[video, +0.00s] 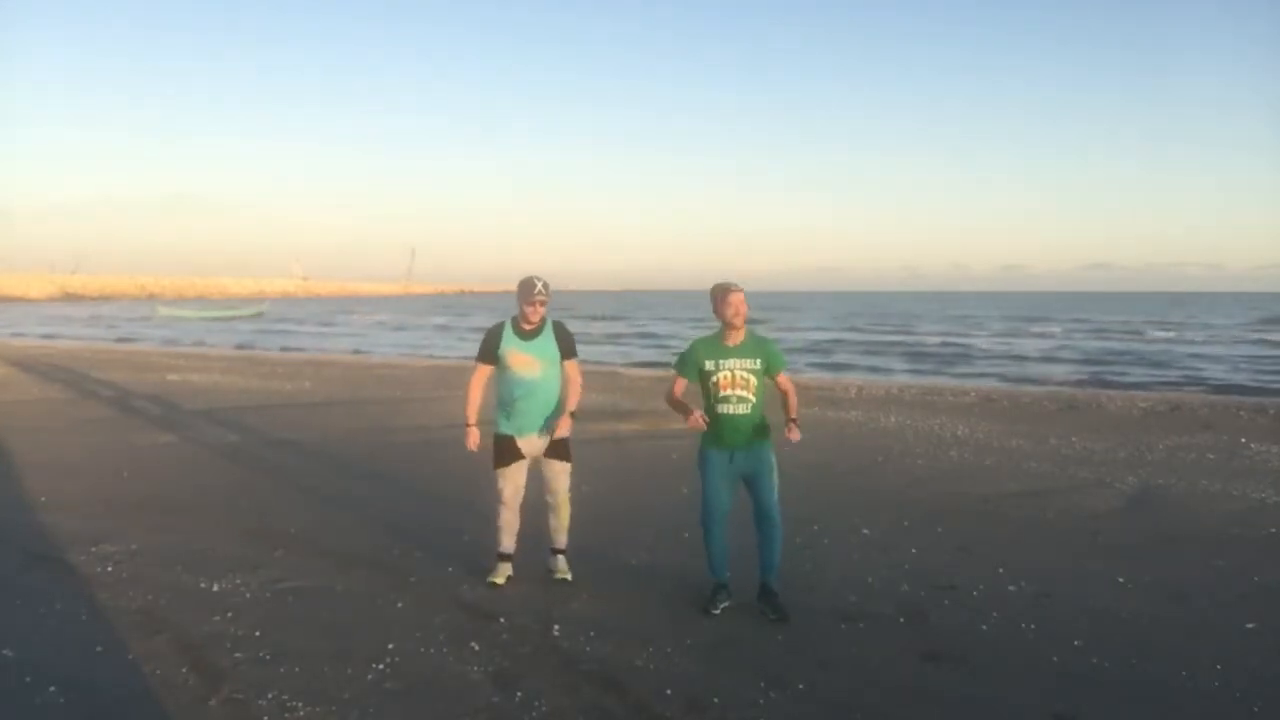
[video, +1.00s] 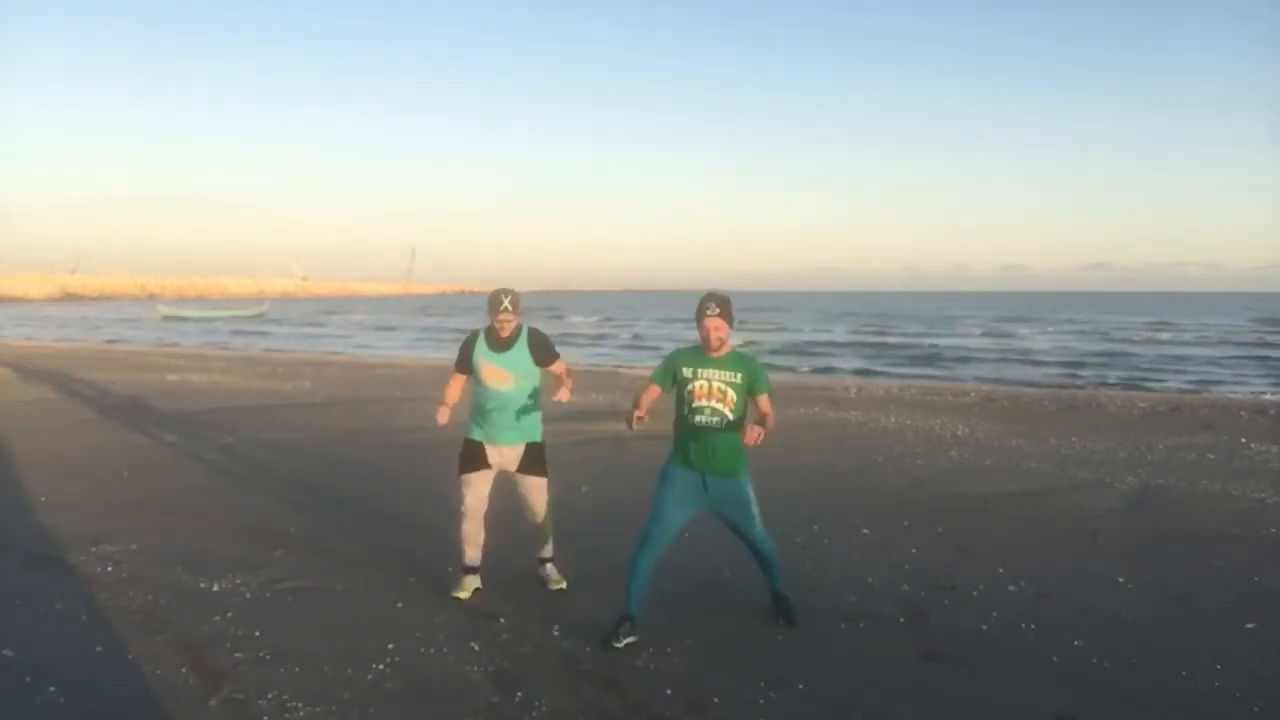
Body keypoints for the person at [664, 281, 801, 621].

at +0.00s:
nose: (737, 310)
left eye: (740, 303)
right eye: (729, 304)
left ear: (747, 307)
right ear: (716, 310)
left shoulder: (764, 349)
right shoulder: (699, 351)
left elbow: (787, 388)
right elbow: (673, 394)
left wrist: (792, 419)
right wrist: (688, 411)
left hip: (757, 446)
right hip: (717, 447)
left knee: (770, 515)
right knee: (714, 516)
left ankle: (768, 589)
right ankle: (720, 586)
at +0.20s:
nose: (746, 307)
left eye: (749, 301)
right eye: (739, 302)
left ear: (754, 305)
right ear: (724, 307)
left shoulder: (770, 342)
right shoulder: (706, 344)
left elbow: (811, 363)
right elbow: (661, 370)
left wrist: (810, 391)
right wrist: (675, 395)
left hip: (761, 445)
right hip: (721, 447)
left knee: (774, 515)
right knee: (718, 518)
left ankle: (780, 590)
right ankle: (721, 586)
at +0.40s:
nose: (750, 314)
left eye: (754, 308)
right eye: (743, 308)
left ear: (761, 309)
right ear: (732, 310)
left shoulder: (781, 345)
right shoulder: (715, 348)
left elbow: (798, 379)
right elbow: (687, 390)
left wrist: (796, 406)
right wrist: (700, 416)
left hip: (772, 446)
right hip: (731, 447)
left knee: (779, 518)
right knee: (724, 518)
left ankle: (781, 593)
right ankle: (721, 588)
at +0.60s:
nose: (748, 329)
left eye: (755, 323)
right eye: (743, 323)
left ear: (766, 325)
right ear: (736, 325)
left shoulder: (786, 363)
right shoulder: (720, 364)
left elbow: (800, 412)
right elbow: (707, 409)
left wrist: (789, 427)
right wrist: (711, 429)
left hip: (773, 456)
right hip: (732, 456)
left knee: (787, 531)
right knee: (727, 528)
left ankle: (781, 596)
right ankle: (732, 595)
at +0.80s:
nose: (736, 334)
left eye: (742, 328)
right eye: (731, 328)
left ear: (754, 329)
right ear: (724, 331)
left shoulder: (775, 369)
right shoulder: (709, 369)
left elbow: (797, 423)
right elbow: (684, 409)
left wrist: (783, 415)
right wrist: (672, 411)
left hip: (761, 469)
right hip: (718, 466)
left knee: (778, 540)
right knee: (685, 531)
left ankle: (781, 599)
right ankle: (658, 607)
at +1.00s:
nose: (711, 334)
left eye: (718, 326)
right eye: (705, 326)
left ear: (730, 327)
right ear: (697, 327)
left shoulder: (748, 366)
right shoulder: (679, 360)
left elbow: (766, 413)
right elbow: (650, 392)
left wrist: (760, 427)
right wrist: (639, 411)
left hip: (730, 475)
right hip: (684, 471)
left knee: (758, 540)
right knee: (652, 543)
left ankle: (780, 598)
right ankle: (629, 620)